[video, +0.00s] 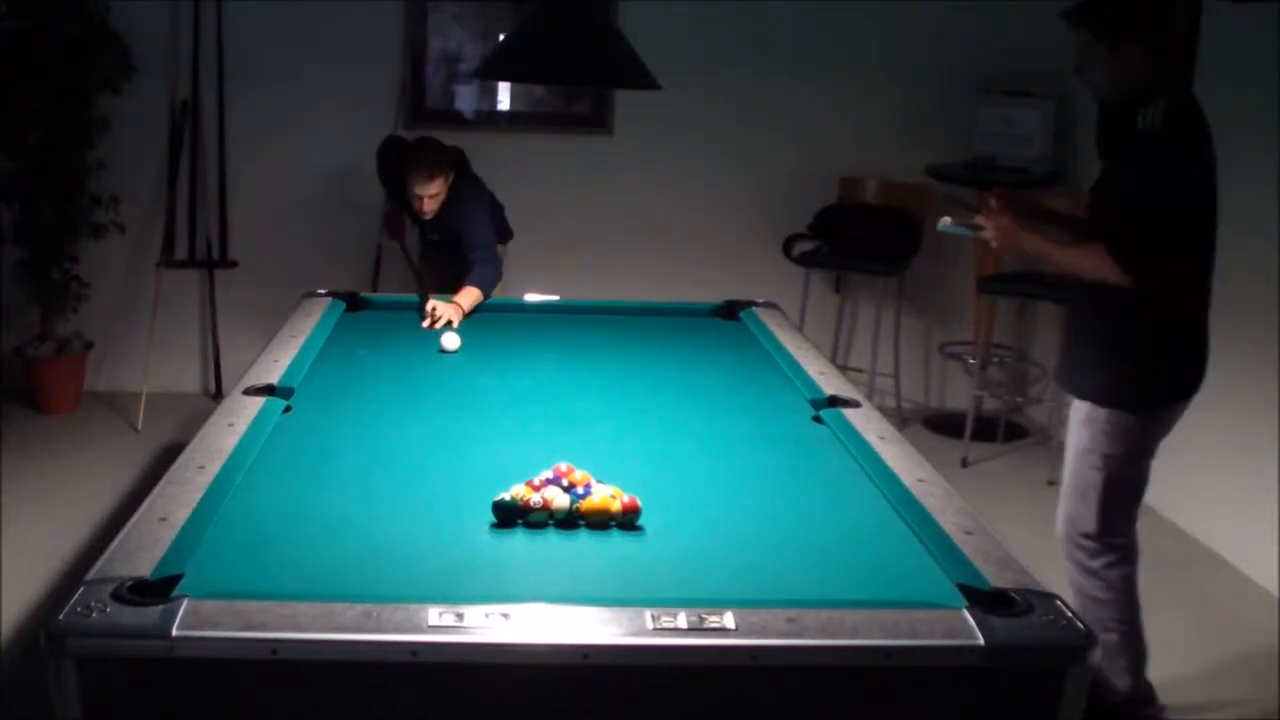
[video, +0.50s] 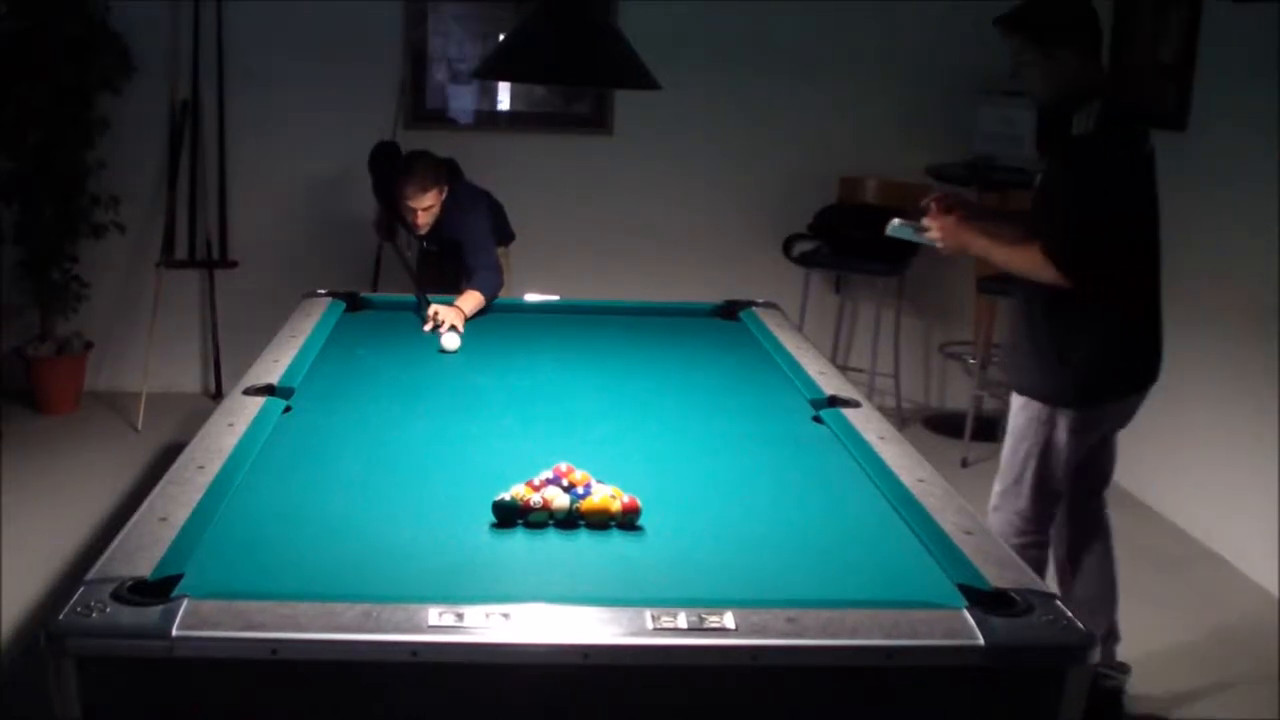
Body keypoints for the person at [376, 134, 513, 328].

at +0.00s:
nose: (425, 207)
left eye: (434, 197)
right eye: (418, 197)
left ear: (449, 180)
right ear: (406, 186)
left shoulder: (468, 197)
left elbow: (488, 265)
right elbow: (389, 146)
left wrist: (459, 306)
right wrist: (394, 205)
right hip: (433, 240)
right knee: (431, 308)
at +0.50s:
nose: (419, 219)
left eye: (428, 209)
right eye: (411, 210)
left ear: (443, 194)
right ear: (399, 202)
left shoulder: (468, 210)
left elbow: (490, 275)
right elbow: (383, 150)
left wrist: (460, 310)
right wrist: (387, 212)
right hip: (434, 246)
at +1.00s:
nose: (416, 207)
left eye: (426, 196)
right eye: (408, 198)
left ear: (440, 184)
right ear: (395, 189)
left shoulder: (465, 201)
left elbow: (481, 262)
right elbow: (382, 152)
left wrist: (456, 308)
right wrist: (387, 216)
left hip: (489, 248)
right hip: (438, 243)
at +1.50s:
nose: (415, 207)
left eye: (424, 197)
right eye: (407, 199)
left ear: (439, 184)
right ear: (393, 189)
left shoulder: (462, 198)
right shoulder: (389, 170)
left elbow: (478, 260)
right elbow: (382, 155)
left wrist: (456, 308)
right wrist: (386, 222)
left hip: (492, 247)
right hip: (441, 244)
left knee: (485, 325)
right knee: (427, 318)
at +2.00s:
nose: (413, 206)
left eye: (421, 196)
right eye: (404, 197)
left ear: (436, 183)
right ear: (392, 188)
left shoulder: (460, 200)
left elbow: (476, 261)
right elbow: (377, 161)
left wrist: (456, 308)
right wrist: (384, 227)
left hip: (492, 248)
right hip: (441, 245)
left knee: (485, 327)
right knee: (425, 319)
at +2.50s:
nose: (425, 191)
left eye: (435, 180)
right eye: (417, 181)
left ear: (450, 166)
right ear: (404, 171)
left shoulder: (472, 183)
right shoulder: (391, 166)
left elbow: (495, 260)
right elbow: (380, 162)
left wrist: (460, 309)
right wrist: (388, 228)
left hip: (474, 261)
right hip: (432, 257)